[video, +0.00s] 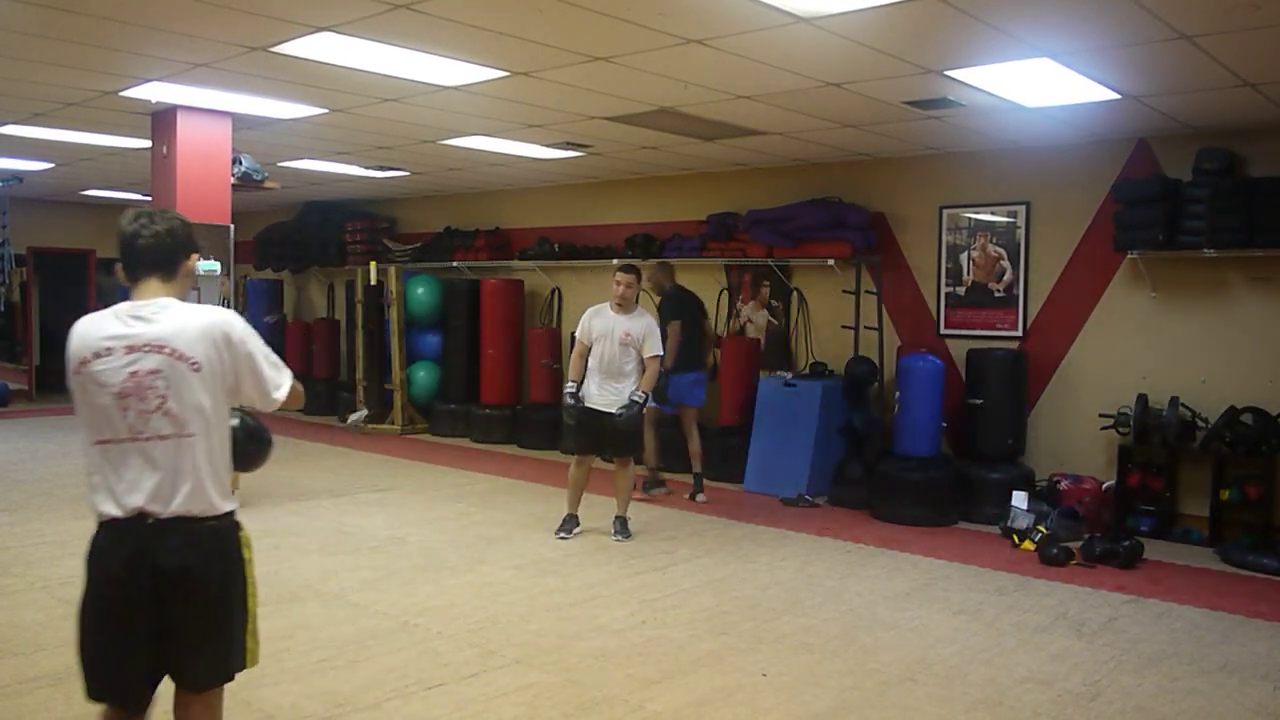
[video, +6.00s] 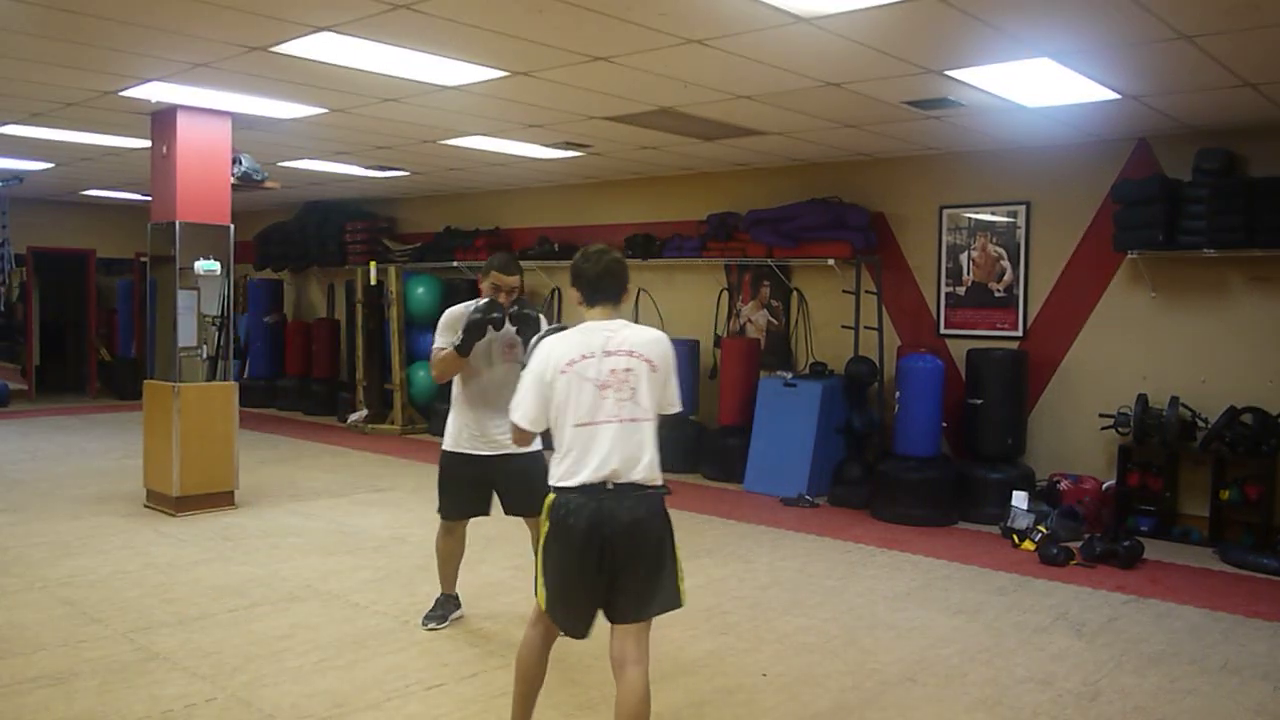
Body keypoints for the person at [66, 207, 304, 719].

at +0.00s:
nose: (197, 268)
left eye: (193, 259)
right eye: (195, 260)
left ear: (122, 270)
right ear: (188, 264)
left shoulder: (82, 336)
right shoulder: (218, 327)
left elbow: (109, 424)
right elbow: (290, 396)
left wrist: (214, 440)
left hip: (119, 548)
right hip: (204, 547)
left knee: (121, 703)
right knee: (200, 699)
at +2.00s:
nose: (374, 277)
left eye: (372, 267)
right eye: (373, 267)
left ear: (302, 272)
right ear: (366, 268)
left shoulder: (260, 343)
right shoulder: (392, 342)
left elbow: (266, 432)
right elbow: (399, 441)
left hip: (271, 554)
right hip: (356, 560)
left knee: (299, 707)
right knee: (394, 702)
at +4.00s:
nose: (636, 300)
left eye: (634, 291)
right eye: (635, 291)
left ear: (642, 287)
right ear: (683, 280)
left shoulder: (631, 334)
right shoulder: (724, 332)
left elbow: (591, 393)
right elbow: (726, 390)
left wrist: (648, 391)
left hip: (631, 494)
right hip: (696, 495)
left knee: (598, 613)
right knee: (682, 627)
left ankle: (579, 716)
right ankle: (673, 718)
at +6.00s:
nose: (571, 294)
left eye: (572, 288)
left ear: (577, 293)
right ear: (626, 290)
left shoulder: (550, 349)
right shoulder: (655, 343)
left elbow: (521, 432)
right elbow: (664, 413)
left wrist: (570, 402)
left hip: (573, 513)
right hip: (641, 513)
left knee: (544, 623)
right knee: (631, 656)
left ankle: (519, 716)